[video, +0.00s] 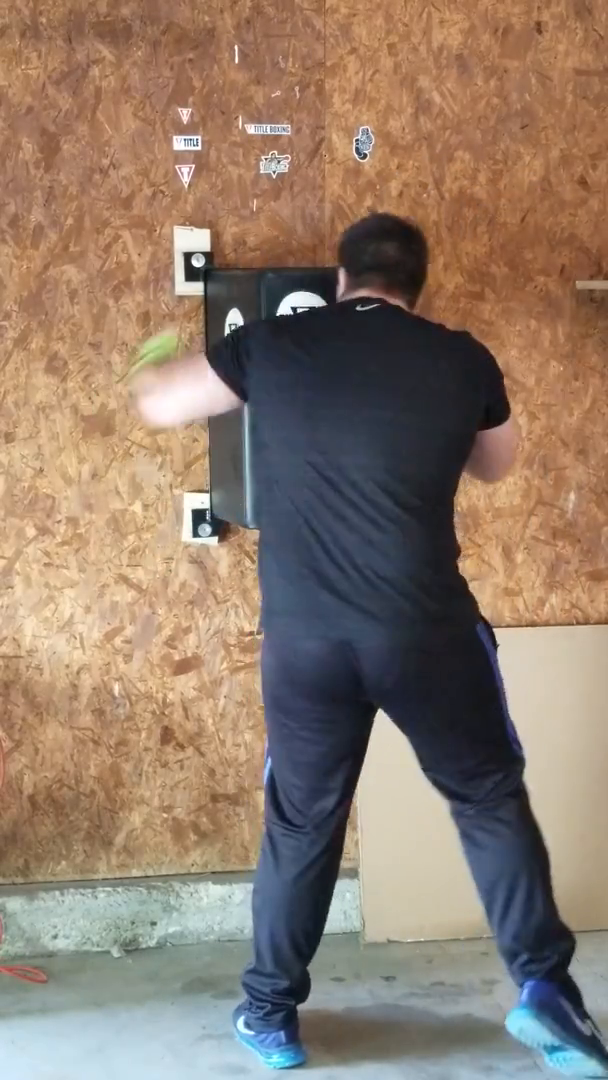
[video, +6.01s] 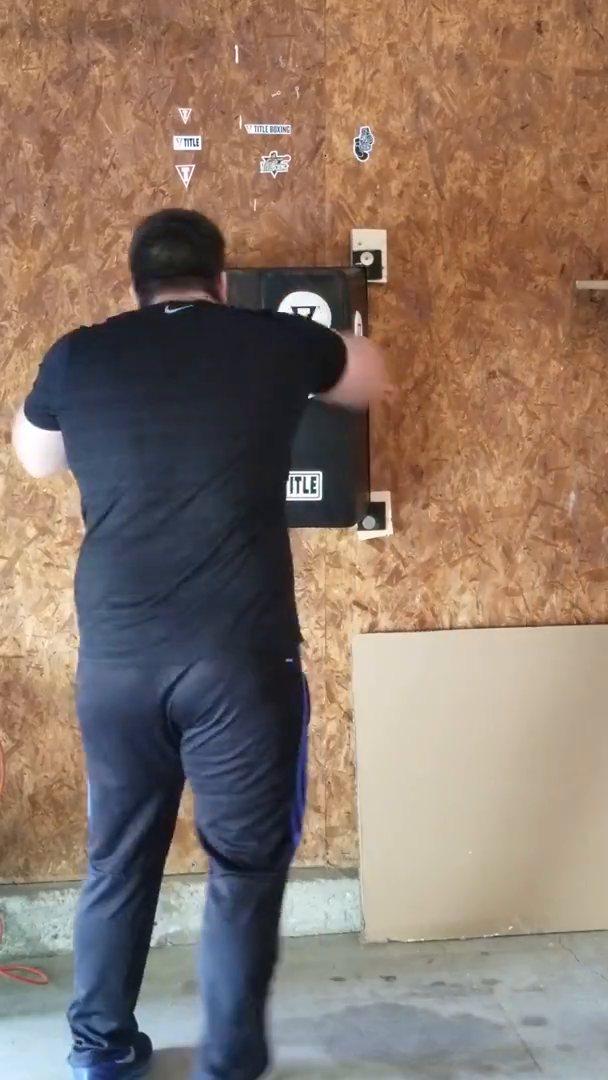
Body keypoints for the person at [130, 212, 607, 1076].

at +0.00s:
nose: (347, 288)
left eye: (340, 277)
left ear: (338, 279)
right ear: (417, 288)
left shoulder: (272, 343)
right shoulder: (462, 358)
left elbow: (158, 402)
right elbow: (494, 463)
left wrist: (159, 358)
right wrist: (425, 412)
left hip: (303, 635)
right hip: (424, 633)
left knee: (300, 821)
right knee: (488, 796)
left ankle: (269, 1012)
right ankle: (544, 986)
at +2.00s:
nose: (394, 347)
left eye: (397, 329)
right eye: (390, 333)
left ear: (437, 315)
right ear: (441, 317)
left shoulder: (530, 356)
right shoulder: (475, 380)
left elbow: (498, 480)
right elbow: (426, 491)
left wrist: (416, 420)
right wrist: (395, 415)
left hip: (541, 604)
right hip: (526, 603)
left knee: (477, 793)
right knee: (548, 753)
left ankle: (490, 997)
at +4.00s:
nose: (333, 309)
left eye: (331, 300)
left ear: (347, 297)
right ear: (424, 285)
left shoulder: (323, 350)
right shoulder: (502, 354)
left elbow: (261, 455)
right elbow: (473, 451)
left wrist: (321, 390)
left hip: (359, 631)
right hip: (478, 630)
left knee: (336, 825)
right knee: (518, 814)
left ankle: (314, 1023)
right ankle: (549, 1017)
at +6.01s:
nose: (224, 288)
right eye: (226, 278)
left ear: (134, 287)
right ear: (221, 282)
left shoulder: (77, 355)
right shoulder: (273, 341)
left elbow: (37, 458)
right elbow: (371, 381)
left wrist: (119, 411)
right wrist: (317, 330)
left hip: (114, 652)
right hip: (236, 647)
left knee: (116, 859)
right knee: (244, 867)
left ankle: (100, 1048)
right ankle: (230, 1062)